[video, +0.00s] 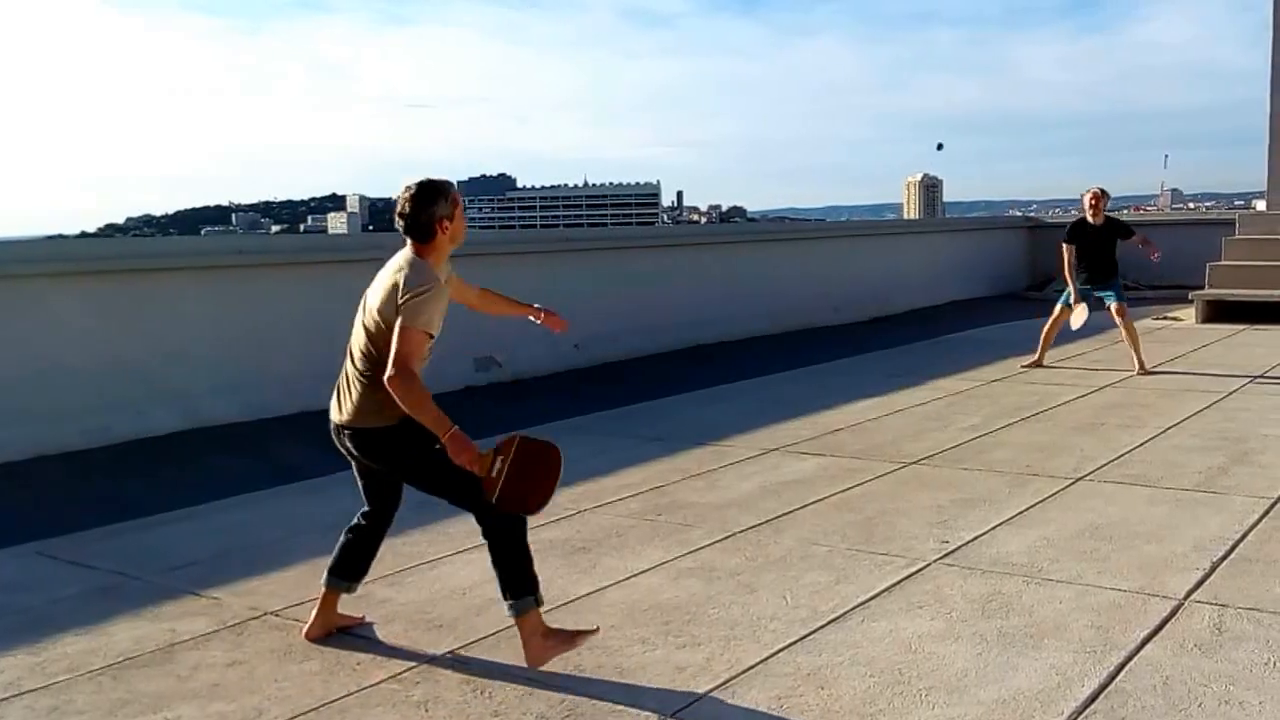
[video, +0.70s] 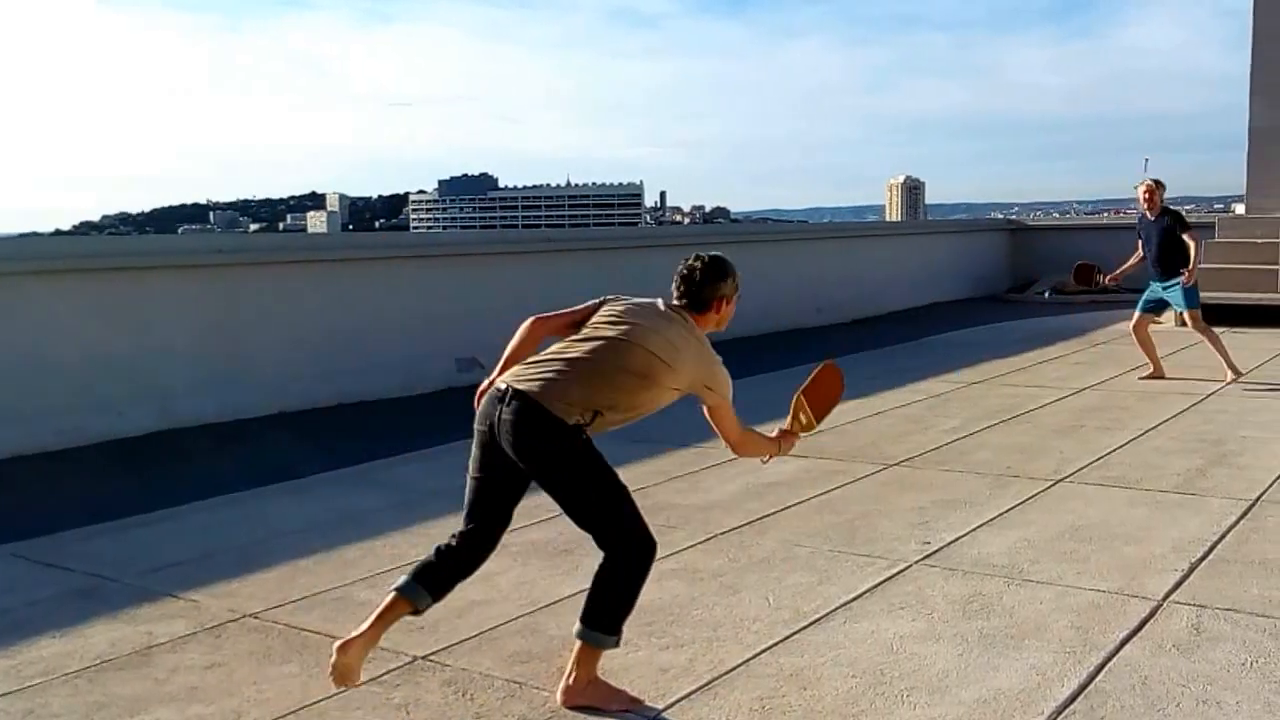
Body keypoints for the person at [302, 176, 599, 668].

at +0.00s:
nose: (464, 219)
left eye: (461, 211)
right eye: (460, 212)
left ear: (420, 227)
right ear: (444, 225)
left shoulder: (409, 265)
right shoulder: (425, 284)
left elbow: (474, 297)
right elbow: (399, 377)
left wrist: (533, 311)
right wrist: (451, 436)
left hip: (352, 423)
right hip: (384, 426)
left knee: (377, 511)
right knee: (495, 501)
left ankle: (323, 616)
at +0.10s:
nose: (516, 238)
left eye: (514, 229)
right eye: (512, 231)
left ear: (468, 244)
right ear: (496, 246)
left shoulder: (445, 272)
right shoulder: (475, 310)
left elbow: (482, 276)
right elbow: (448, 403)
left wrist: (523, 281)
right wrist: (496, 465)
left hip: (369, 427)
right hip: (408, 436)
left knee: (376, 521)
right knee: (514, 508)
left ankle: (322, 615)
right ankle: (581, 640)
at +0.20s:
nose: (598, 264)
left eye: (595, 257)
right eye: (594, 259)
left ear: (544, 268)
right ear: (576, 277)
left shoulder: (514, 281)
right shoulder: (552, 339)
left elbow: (483, 265)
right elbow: (545, 443)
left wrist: (465, 254)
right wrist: (594, 510)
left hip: (397, 424)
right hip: (440, 441)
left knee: (362, 526)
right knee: (549, 527)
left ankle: (317, 617)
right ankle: (579, 673)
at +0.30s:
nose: (662, 321)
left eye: (662, 311)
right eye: (660, 312)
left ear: (607, 306)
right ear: (641, 319)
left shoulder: (560, 312)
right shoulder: (617, 380)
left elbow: (489, 288)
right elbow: (654, 478)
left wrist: (425, 263)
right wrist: (717, 537)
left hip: (429, 437)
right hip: (467, 455)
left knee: (373, 541)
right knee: (589, 531)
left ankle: (292, 630)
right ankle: (592, 679)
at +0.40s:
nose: (704, 355)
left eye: (702, 345)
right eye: (702, 348)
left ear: (652, 339)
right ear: (684, 356)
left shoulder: (597, 340)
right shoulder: (660, 410)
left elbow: (510, 333)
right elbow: (721, 479)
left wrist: (435, 321)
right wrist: (790, 501)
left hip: (455, 439)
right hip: (496, 464)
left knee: (377, 549)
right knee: (617, 540)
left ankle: (292, 646)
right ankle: (590, 680)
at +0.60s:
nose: (737, 353)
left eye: (736, 342)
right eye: (737, 344)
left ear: (687, 326)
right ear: (719, 345)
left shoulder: (628, 330)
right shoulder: (694, 397)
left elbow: (545, 331)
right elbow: (748, 460)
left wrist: (489, 367)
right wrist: (804, 431)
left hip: (490, 422)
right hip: (539, 447)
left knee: (409, 542)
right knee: (638, 548)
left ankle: (308, 657)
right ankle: (584, 678)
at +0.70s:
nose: (734, 311)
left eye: (732, 300)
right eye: (734, 302)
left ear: (682, 291)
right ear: (720, 306)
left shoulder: (626, 304)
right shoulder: (706, 365)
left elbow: (538, 323)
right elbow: (738, 440)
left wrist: (494, 378)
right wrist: (776, 444)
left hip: (498, 408)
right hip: (546, 424)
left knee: (473, 540)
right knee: (631, 545)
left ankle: (364, 636)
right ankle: (581, 680)